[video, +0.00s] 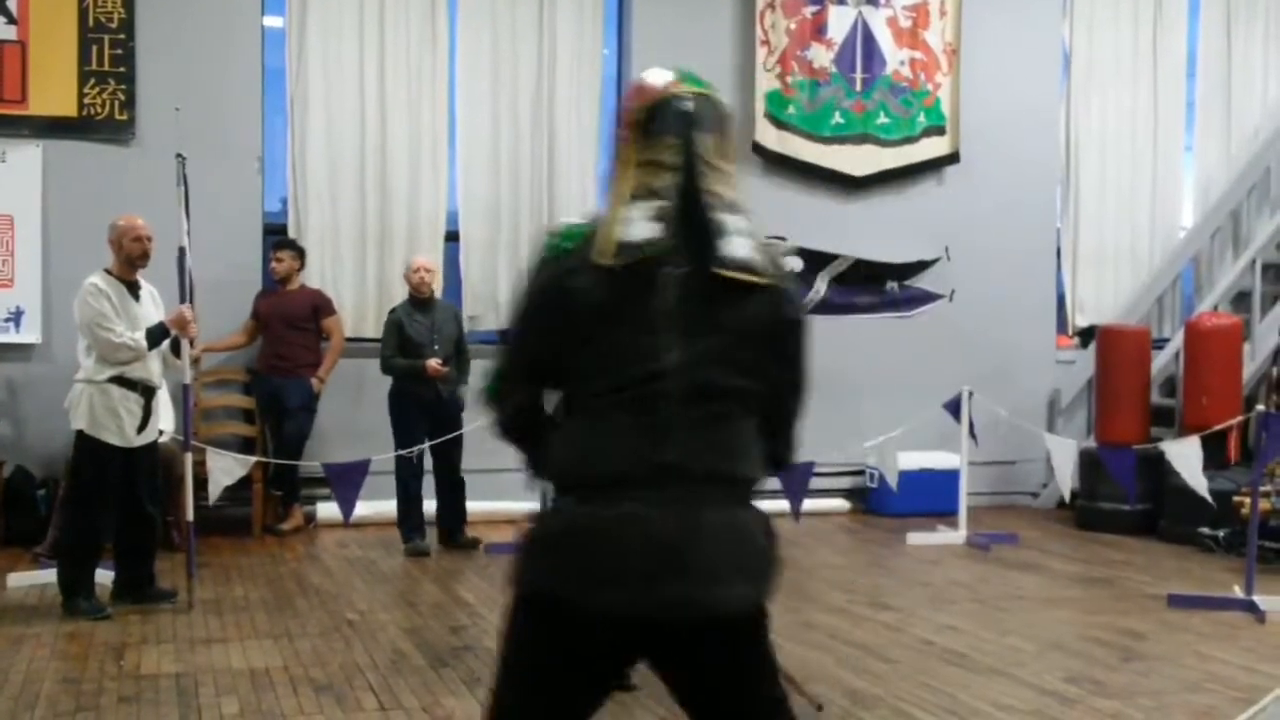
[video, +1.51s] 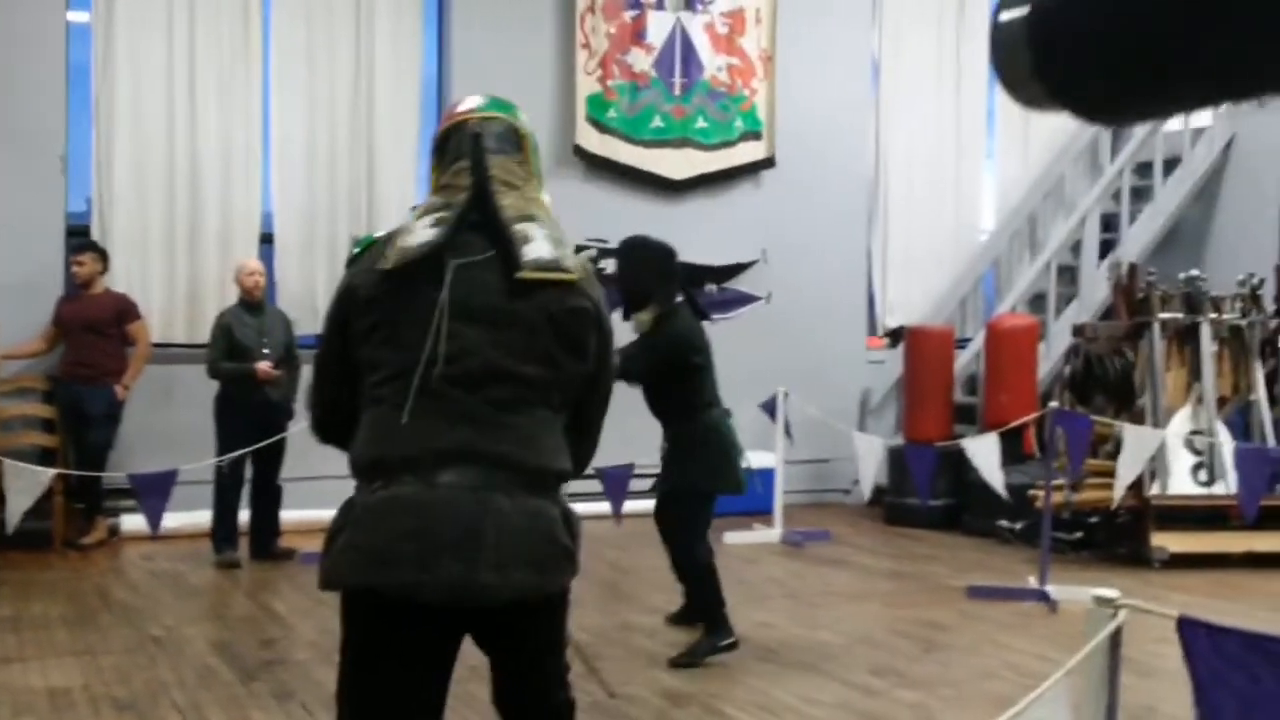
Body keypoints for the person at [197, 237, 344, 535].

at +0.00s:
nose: (274, 265)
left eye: (280, 260)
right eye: (272, 260)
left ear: (298, 264)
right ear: (272, 264)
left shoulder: (316, 298)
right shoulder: (264, 299)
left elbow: (337, 339)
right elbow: (246, 336)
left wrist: (321, 377)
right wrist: (204, 348)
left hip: (300, 382)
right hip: (267, 380)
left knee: (290, 445)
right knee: (277, 445)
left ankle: (289, 509)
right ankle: (292, 510)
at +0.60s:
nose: (238, 266)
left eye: (244, 261)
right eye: (236, 261)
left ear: (262, 263)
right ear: (235, 265)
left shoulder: (281, 299)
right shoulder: (229, 300)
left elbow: (303, 339)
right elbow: (210, 337)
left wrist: (286, 378)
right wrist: (169, 349)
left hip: (266, 382)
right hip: (232, 381)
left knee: (255, 446)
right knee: (241, 447)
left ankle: (258, 511)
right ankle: (255, 511)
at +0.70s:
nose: (216, 265)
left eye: (222, 260)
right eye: (214, 259)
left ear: (237, 263)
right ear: (211, 264)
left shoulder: (254, 299)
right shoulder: (208, 299)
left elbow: (277, 338)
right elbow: (186, 335)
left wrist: (260, 377)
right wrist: (145, 349)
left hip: (238, 381)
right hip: (206, 379)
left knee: (228, 445)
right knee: (211, 446)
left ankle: (231, 510)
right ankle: (218, 509)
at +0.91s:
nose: (176, 268)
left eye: (182, 262)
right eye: (174, 263)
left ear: (201, 266)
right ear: (172, 267)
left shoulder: (219, 300)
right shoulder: (168, 301)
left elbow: (242, 340)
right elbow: (148, 338)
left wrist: (225, 380)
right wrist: (107, 351)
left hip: (204, 384)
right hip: (170, 383)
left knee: (193, 449)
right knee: (175, 449)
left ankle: (196, 513)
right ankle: (186, 512)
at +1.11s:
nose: (143, 267)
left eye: (149, 262)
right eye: (141, 262)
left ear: (167, 265)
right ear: (139, 266)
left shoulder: (185, 301)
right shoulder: (135, 301)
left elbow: (209, 341)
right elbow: (114, 339)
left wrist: (192, 381)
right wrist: (72, 351)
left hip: (169, 384)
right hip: (135, 382)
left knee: (159, 448)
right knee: (140, 449)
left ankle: (162, 514)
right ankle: (147, 512)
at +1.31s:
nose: (105, 267)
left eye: (112, 261)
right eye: (103, 262)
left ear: (130, 264)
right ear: (102, 265)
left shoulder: (148, 301)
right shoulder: (98, 301)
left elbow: (174, 340)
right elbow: (76, 340)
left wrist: (156, 381)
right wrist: (33, 353)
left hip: (134, 385)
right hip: (100, 384)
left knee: (124, 451)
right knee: (107, 451)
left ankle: (129, 517)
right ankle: (121, 515)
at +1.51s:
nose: (75, 269)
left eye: (82, 263)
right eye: (73, 264)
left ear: (101, 266)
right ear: (72, 268)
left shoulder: (119, 303)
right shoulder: (67, 304)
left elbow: (144, 344)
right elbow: (45, 343)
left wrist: (126, 384)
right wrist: (5, 354)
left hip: (104, 389)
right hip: (69, 387)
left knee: (93, 454)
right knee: (77, 455)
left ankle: (97, 521)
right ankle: (86, 520)